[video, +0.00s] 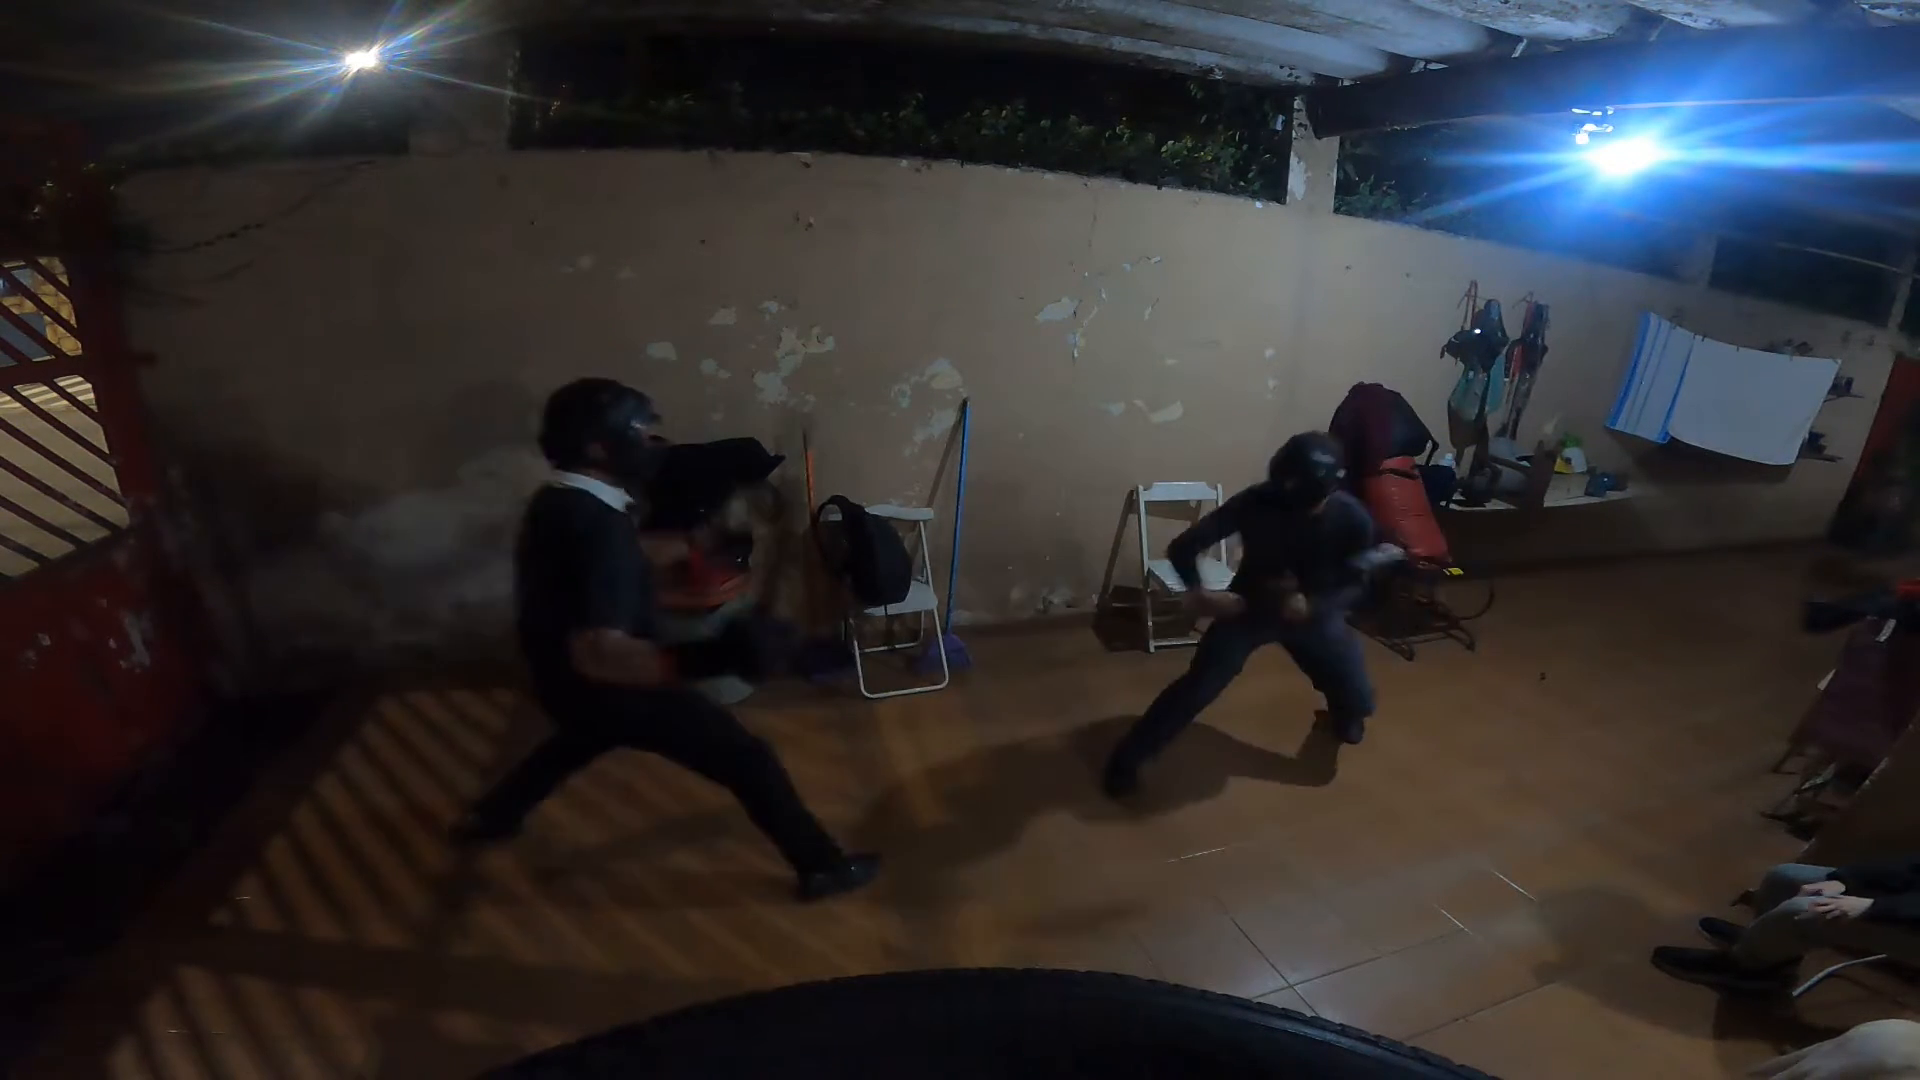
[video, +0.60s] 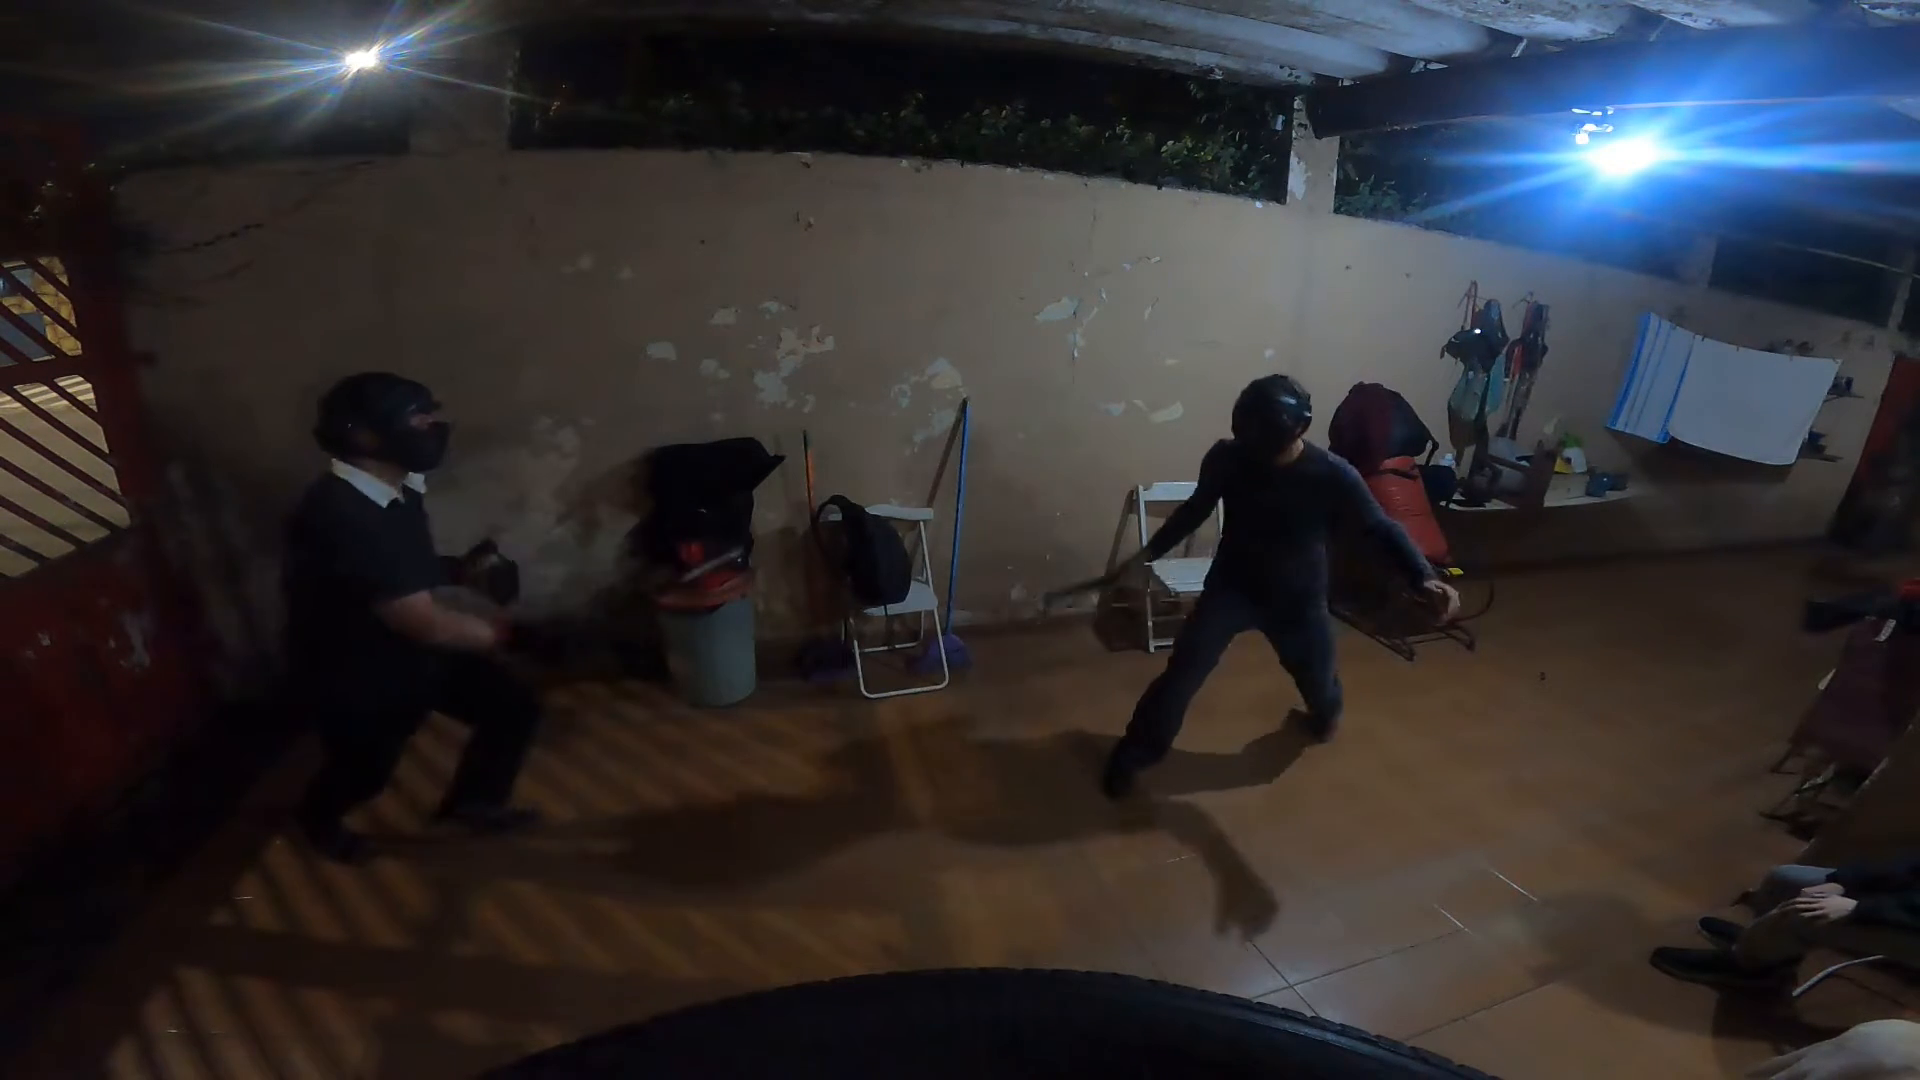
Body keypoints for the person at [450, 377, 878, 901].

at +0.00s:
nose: (656, 441)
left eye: (652, 429)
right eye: (642, 431)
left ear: (587, 449)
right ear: (599, 447)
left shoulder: (553, 509)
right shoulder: (596, 525)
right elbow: (596, 653)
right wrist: (706, 659)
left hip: (574, 690)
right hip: (616, 696)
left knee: (573, 747)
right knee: (746, 759)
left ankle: (489, 818)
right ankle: (819, 864)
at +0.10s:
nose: (615, 439)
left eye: (610, 425)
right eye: (599, 427)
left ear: (552, 444)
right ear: (553, 443)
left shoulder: (561, 501)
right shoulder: (530, 515)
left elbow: (630, 534)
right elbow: (544, 641)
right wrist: (615, 667)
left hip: (553, 670)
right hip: (541, 680)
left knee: (575, 738)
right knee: (677, 761)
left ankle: (491, 822)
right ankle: (786, 844)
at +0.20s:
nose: (562, 459)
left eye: (560, 445)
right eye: (548, 447)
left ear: (500, 452)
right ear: (506, 453)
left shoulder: (517, 507)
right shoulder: (486, 530)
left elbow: (589, 539)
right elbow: (541, 640)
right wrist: (624, 593)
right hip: (477, 692)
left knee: (556, 732)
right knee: (632, 742)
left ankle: (481, 831)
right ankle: (661, 859)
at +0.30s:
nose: (526, 432)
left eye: (522, 418)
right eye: (507, 422)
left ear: (460, 442)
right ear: (460, 440)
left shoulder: (483, 501)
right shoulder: (438, 516)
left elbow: (545, 571)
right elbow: (535, 592)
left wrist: (622, 587)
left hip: (475, 668)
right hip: (433, 684)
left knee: (529, 754)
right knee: (550, 770)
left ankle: (472, 844)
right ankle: (472, 854)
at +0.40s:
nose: (475, 412)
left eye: (473, 399)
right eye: (456, 403)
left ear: (407, 427)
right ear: (409, 424)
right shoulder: (405, 498)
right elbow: (509, 566)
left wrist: (517, 590)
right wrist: (614, 562)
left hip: (438, 653)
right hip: (389, 673)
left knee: (511, 718)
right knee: (429, 780)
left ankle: (472, 829)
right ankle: (342, 814)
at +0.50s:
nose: (446, 420)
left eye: (443, 407)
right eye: (427, 411)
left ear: (381, 431)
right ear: (381, 430)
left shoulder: (414, 490)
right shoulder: (349, 503)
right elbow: (459, 583)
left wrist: (480, 577)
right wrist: (557, 599)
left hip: (421, 647)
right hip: (360, 662)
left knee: (509, 711)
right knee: (370, 764)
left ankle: (468, 820)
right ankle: (318, 817)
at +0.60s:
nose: (434, 424)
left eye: (431, 412)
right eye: (415, 417)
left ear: (368, 440)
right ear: (365, 438)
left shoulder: (400, 496)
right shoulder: (342, 513)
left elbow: (409, 576)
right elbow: (415, 618)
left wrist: (460, 572)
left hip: (407, 652)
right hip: (350, 669)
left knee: (512, 703)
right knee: (364, 771)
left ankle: (476, 803)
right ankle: (317, 818)